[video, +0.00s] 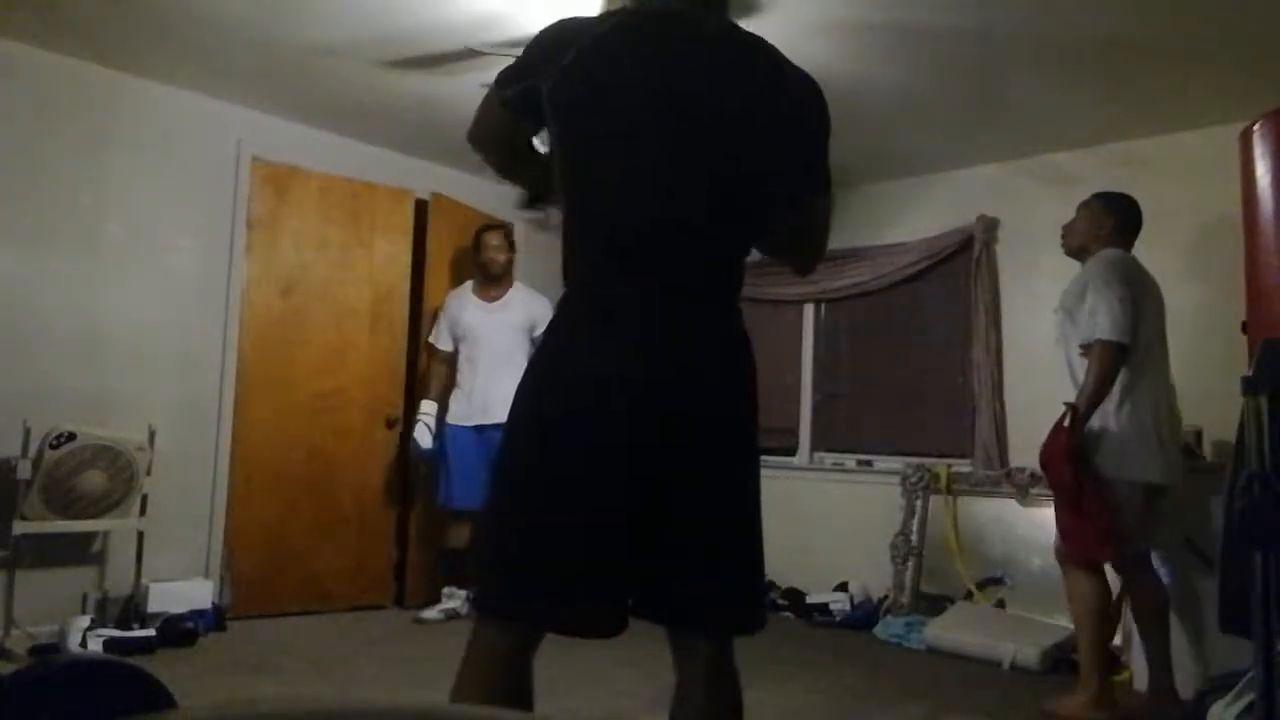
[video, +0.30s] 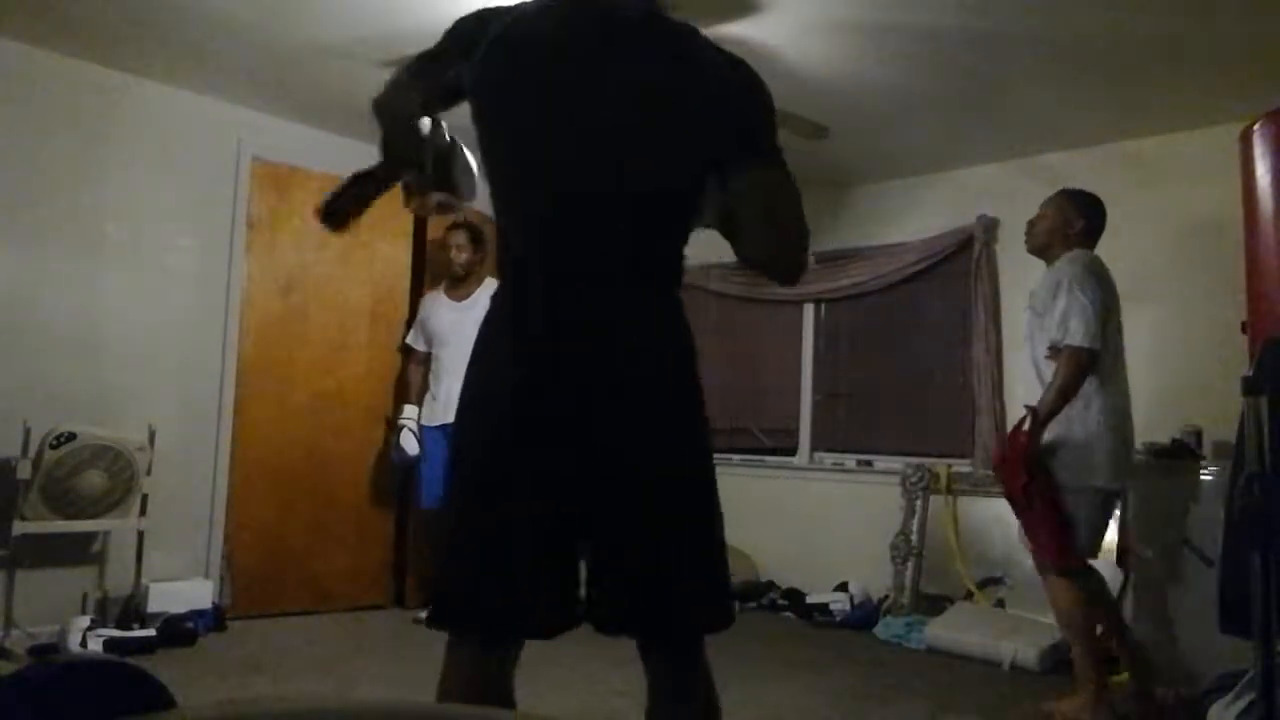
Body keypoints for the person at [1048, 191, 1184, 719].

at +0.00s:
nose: (1066, 227)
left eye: (1077, 218)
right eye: (1071, 218)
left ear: (1106, 225)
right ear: (1116, 230)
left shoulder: (1106, 270)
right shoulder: (1133, 274)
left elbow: (1110, 349)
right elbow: (1129, 359)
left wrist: (1074, 423)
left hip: (1112, 450)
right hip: (1144, 451)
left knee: (1075, 556)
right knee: (1135, 561)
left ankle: (1090, 692)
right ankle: (1160, 688)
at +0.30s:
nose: (1030, 221)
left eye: (1042, 214)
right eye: (1036, 212)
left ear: (1071, 227)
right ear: (1074, 229)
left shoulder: (1074, 271)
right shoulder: (1081, 271)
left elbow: (1078, 358)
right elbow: (1077, 360)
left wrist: (1033, 426)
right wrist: (1036, 423)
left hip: (1081, 451)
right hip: (1090, 450)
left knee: (1059, 565)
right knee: (1072, 563)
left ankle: (1088, 692)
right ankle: (1133, 663)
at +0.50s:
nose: (1007, 221)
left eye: (1018, 212)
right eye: (1011, 213)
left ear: (1048, 225)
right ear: (1049, 227)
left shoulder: (1056, 269)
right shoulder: (1039, 272)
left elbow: (1067, 350)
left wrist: (1014, 411)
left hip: (1055, 448)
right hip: (1033, 445)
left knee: (1049, 559)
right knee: (1009, 547)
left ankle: (1084, 691)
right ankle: (1058, 656)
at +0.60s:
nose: (991, 222)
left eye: (1001, 214)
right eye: (994, 215)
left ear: (1030, 227)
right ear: (1030, 229)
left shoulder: (1042, 269)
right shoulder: (1018, 275)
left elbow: (1063, 347)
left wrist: (1005, 402)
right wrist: (983, 254)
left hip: (1043, 442)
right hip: (1014, 439)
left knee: (1046, 554)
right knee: (990, 540)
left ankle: (1088, 692)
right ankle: (1003, 660)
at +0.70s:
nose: (975, 226)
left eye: (986, 219)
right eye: (978, 218)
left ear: (1019, 230)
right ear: (1011, 231)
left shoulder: (1032, 270)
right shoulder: (998, 280)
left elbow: (1057, 346)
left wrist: (994, 401)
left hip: (1036, 449)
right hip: (998, 447)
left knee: (1041, 557)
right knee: (975, 545)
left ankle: (1086, 688)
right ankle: (980, 658)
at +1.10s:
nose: (931, 221)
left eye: (941, 213)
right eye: (930, 214)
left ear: (973, 219)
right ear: (936, 227)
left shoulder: (996, 261)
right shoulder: (935, 284)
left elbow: (1048, 322)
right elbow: (950, 348)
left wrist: (994, 361)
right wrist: (921, 361)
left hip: (989, 425)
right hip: (942, 428)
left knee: (973, 538)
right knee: (940, 535)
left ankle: (1008, 664)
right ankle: (968, 653)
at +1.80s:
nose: (869, 244)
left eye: (879, 235)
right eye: (870, 236)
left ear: (909, 244)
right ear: (882, 247)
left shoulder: (934, 291)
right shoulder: (873, 303)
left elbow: (974, 363)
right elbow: (868, 368)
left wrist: (926, 385)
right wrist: (846, 366)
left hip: (924, 440)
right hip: (880, 441)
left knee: (911, 541)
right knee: (881, 540)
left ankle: (970, 652)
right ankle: (919, 644)